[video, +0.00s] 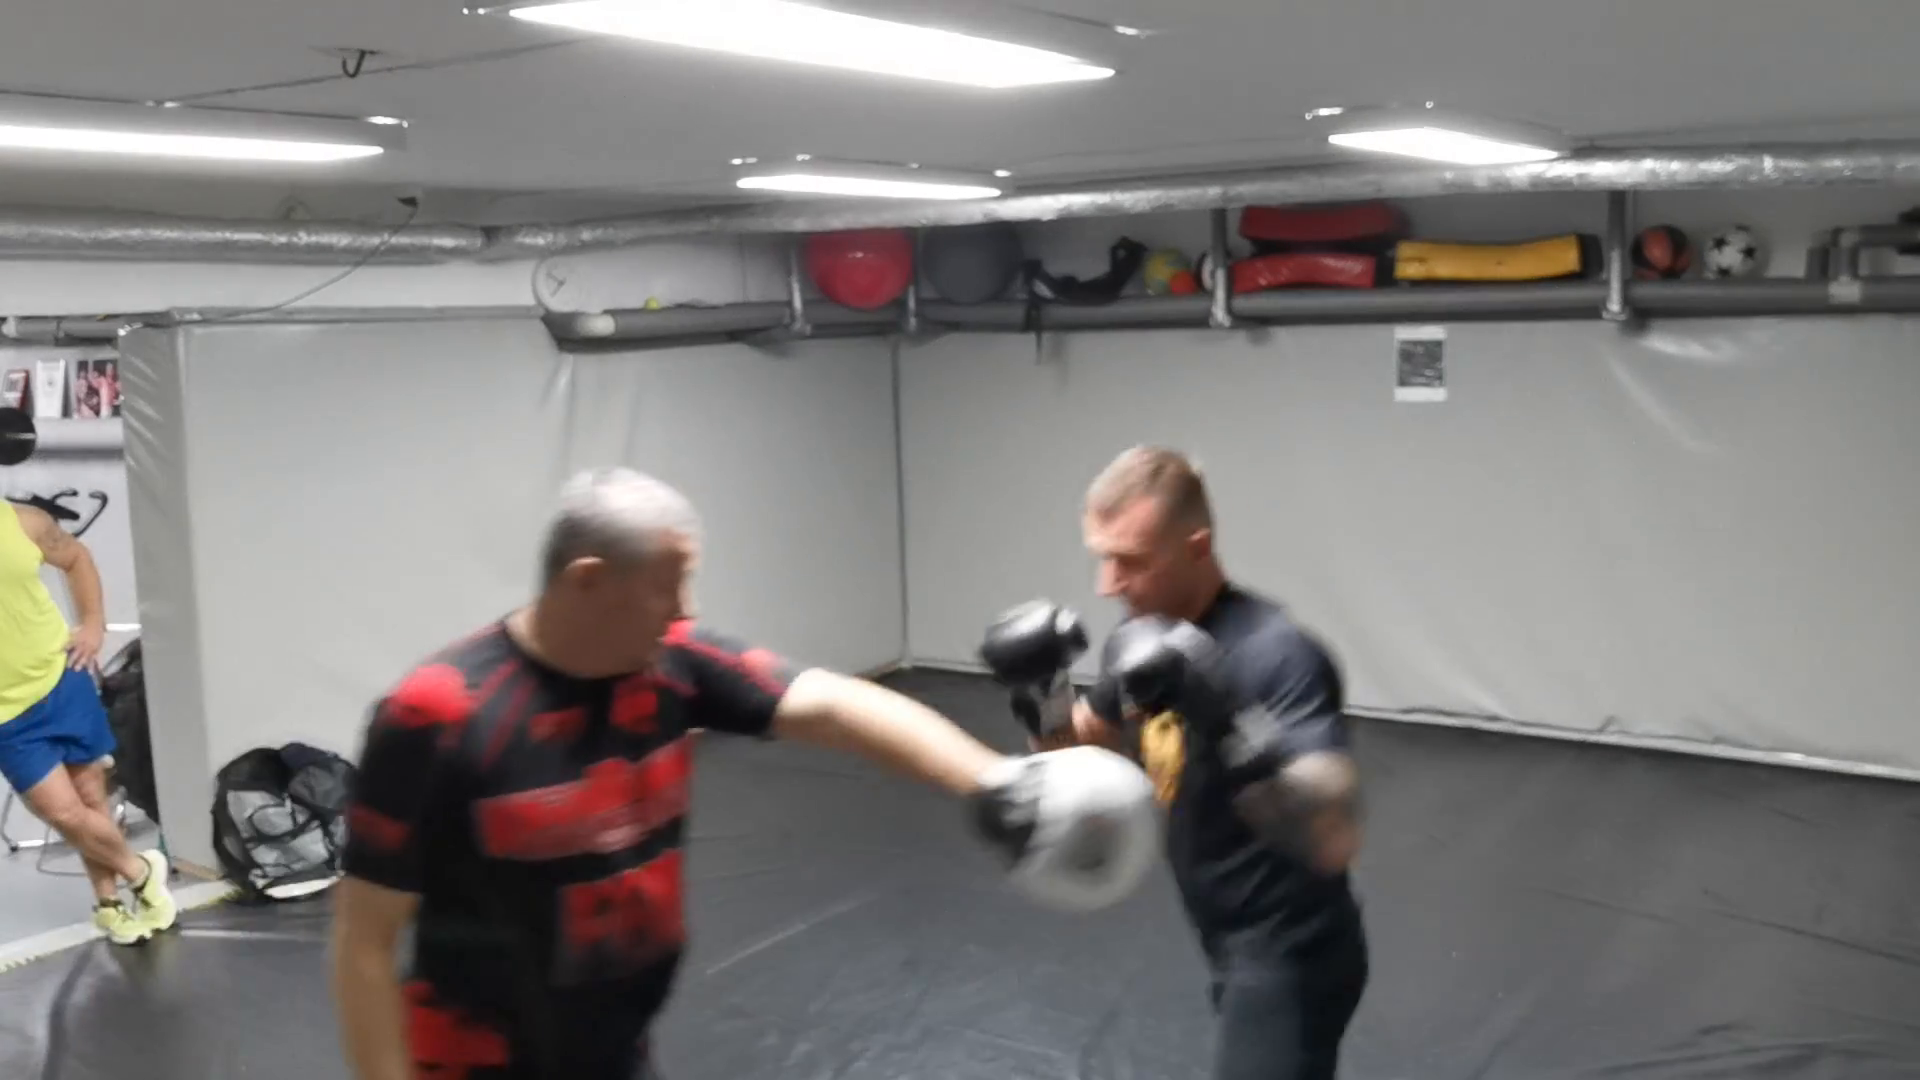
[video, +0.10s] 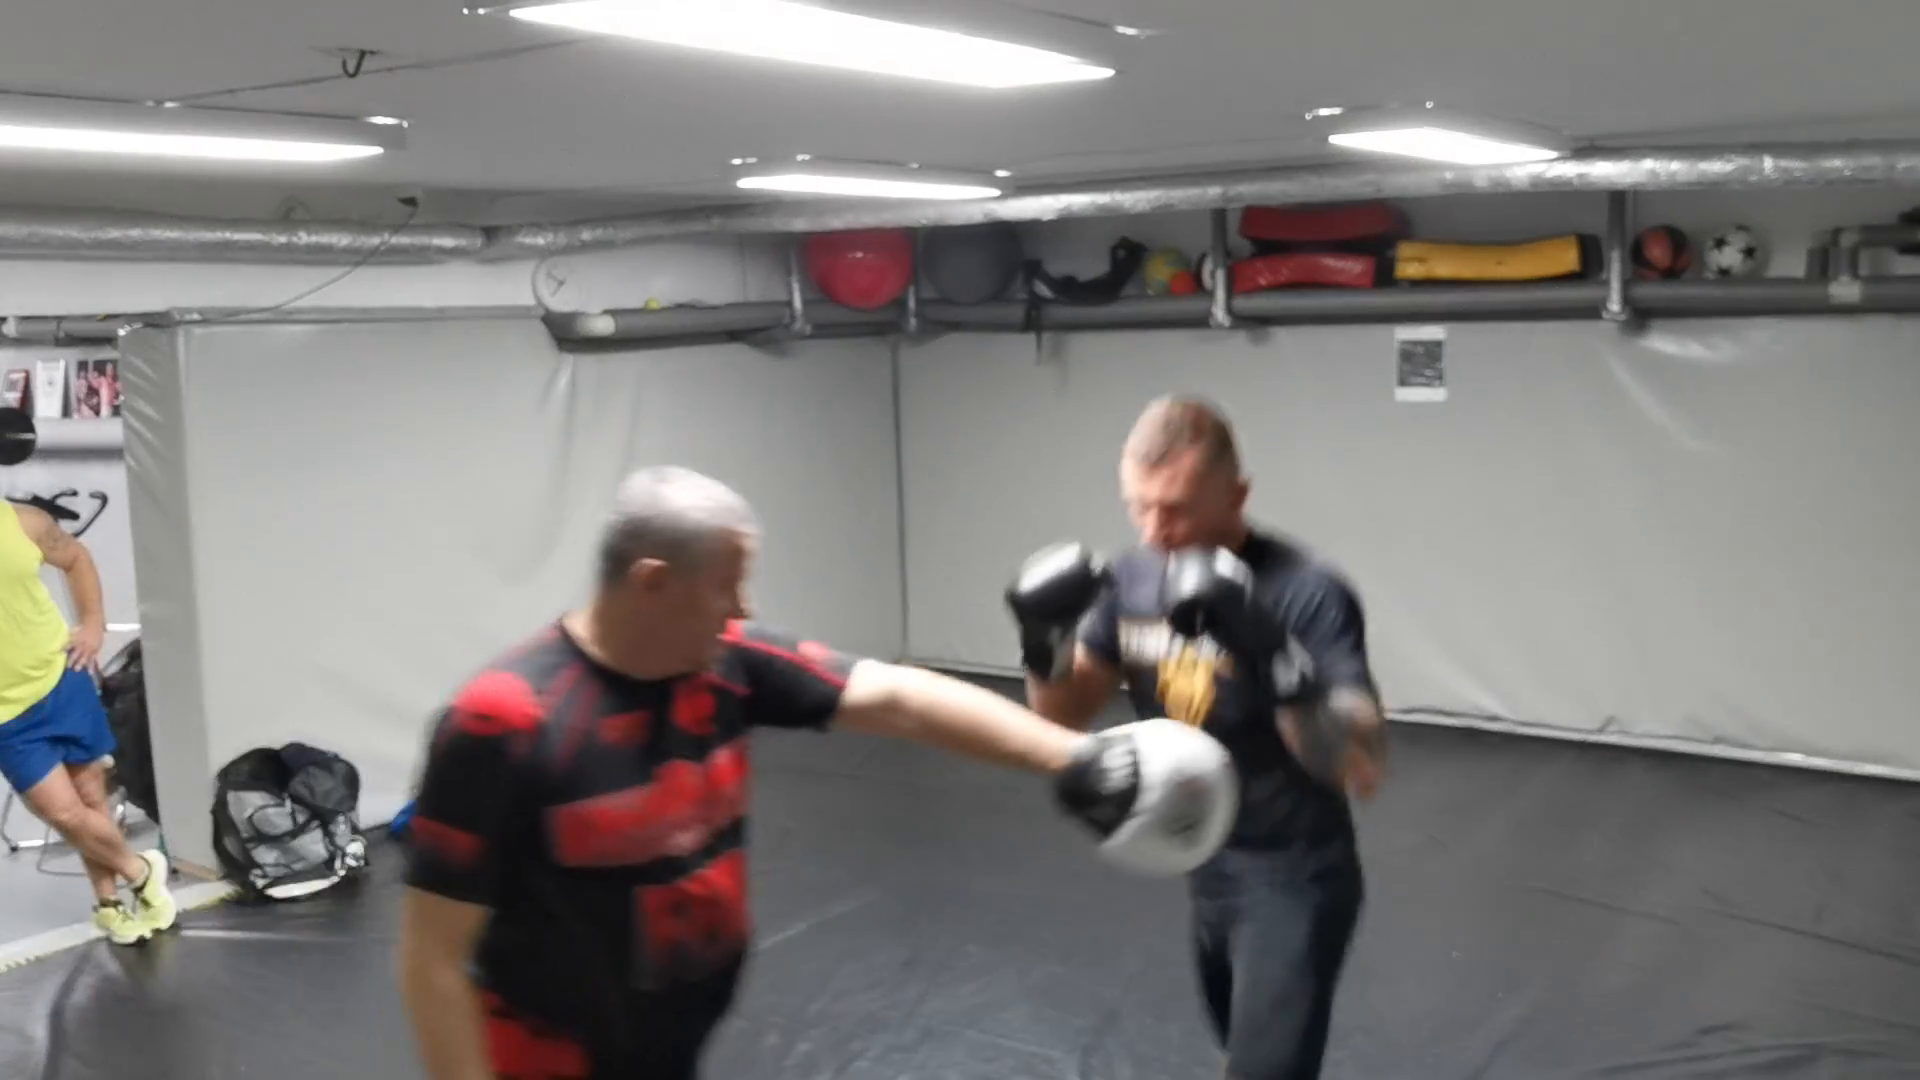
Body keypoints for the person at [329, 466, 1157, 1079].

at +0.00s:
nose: (685, 611)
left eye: (687, 589)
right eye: (670, 588)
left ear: (612, 584)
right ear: (587, 582)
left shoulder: (670, 665)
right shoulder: (432, 717)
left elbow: (832, 705)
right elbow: (363, 942)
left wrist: (997, 781)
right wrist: (389, 1079)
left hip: (616, 1050)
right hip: (478, 1060)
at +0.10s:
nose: (741, 613)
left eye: (743, 592)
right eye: (728, 591)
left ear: (666, 582)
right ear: (649, 582)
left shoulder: (723, 667)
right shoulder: (500, 721)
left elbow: (899, 697)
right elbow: (430, 961)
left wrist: (1079, 759)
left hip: (673, 1043)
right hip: (549, 1053)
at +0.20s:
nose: (802, 624)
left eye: (802, 602)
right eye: (791, 602)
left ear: (723, 596)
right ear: (716, 596)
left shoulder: (773, 675)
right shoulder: (573, 741)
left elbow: (948, 694)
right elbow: (512, 992)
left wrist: (1133, 737)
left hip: (748, 1045)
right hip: (629, 1056)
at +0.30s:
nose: (857, 633)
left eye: (858, 610)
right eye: (850, 610)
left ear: (786, 610)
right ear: (789, 611)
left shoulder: (813, 686)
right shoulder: (654, 768)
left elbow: (985, 695)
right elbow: (620, 1038)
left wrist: (1170, 722)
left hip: (834, 1042)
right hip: (738, 1059)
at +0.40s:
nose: (915, 626)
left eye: (916, 607)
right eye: (913, 606)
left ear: (851, 604)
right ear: (867, 609)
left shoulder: (843, 685)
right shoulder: (751, 766)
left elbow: (1001, 698)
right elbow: (741, 1040)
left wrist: (1183, 728)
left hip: (885, 1047)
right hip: (816, 1063)